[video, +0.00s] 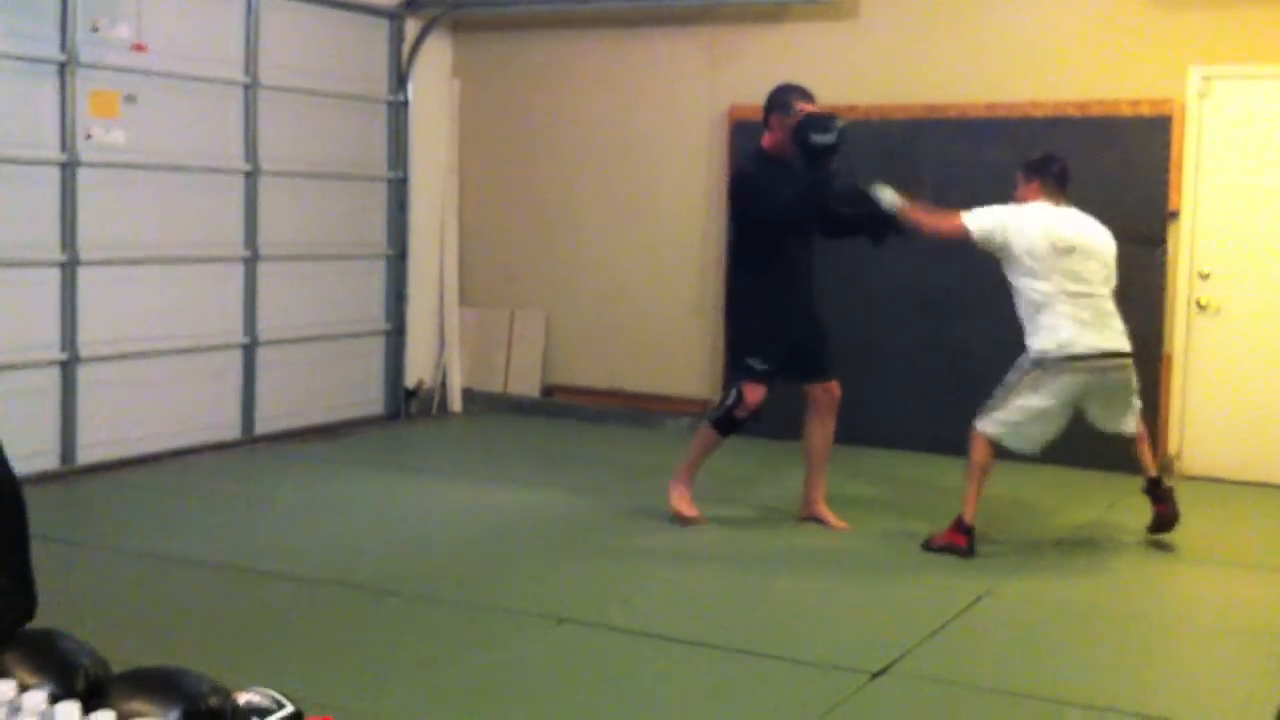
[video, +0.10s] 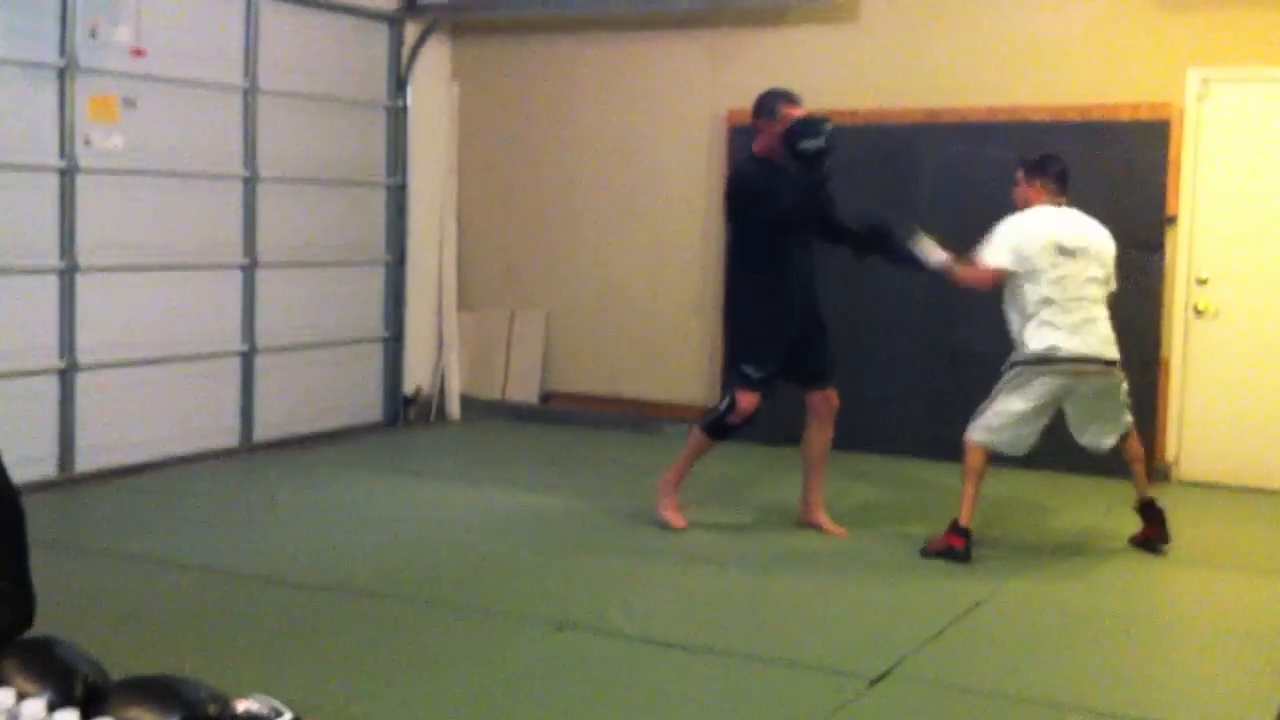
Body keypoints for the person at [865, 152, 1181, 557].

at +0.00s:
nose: (1017, 193)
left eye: (1020, 186)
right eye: (1019, 186)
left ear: (1033, 185)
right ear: (1062, 187)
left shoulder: (1012, 219)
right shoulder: (1101, 232)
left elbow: (942, 226)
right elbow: (1102, 291)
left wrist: (900, 206)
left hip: (1055, 355)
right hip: (1114, 356)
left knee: (985, 429)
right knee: (1132, 418)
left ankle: (964, 528)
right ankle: (1159, 490)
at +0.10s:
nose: (1015, 193)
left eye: (1018, 186)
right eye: (1017, 185)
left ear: (1032, 186)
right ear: (1061, 189)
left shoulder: (1018, 227)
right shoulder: (1099, 232)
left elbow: (981, 278)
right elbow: (1106, 293)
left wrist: (945, 262)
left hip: (1044, 356)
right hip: (1101, 358)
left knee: (979, 436)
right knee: (1125, 429)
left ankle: (961, 530)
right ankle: (1150, 512)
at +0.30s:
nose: (1041, 177)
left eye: (1045, 169)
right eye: (1042, 169)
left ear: (1064, 168)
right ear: (1084, 168)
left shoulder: (1050, 206)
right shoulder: (1120, 208)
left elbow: (1009, 266)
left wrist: (1002, 230)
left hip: (1064, 334)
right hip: (1115, 336)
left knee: (1002, 419)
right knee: (1130, 428)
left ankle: (978, 510)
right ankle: (1157, 514)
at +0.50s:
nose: (1032, 174)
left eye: (1034, 166)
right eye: (1032, 166)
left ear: (1049, 165)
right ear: (1072, 162)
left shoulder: (1046, 212)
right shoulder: (1115, 204)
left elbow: (1004, 268)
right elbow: (1084, 249)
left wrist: (997, 225)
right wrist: (1036, 208)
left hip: (1074, 338)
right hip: (1124, 338)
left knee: (1029, 428)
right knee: (1122, 426)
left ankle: (1025, 523)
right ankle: (1151, 499)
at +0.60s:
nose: (1029, 181)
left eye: (1032, 172)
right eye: (1029, 172)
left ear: (1051, 173)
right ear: (1071, 171)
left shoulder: (1048, 223)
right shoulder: (1114, 211)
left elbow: (1016, 285)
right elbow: (1088, 262)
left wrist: (999, 249)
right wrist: (1030, 233)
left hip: (1078, 344)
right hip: (1127, 340)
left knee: (1030, 430)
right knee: (1130, 425)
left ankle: (1023, 528)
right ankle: (1165, 505)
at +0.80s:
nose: (1049, 181)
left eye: (1053, 172)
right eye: (1050, 172)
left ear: (1074, 174)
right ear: (1093, 174)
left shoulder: (1077, 222)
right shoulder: (1125, 213)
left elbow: (1052, 288)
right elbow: (1099, 269)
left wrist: (1032, 240)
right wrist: (1055, 224)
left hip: (1096, 349)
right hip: (1141, 344)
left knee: (1037, 429)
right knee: (1146, 437)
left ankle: (1023, 524)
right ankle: (1174, 520)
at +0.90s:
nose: (1047, 175)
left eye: (1051, 167)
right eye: (1047, 167)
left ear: (1074, 167)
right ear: (1090, 167)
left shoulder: (1075, 213)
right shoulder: (1124, 206)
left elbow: (1054, 280)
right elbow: (1111, 267)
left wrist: (1033, 240)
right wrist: (1051, 233)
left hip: (1094, 339)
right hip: (1137, 336)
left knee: (1029, 416)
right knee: (1143, 432)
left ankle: (1021, 514)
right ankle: (1168, 514)